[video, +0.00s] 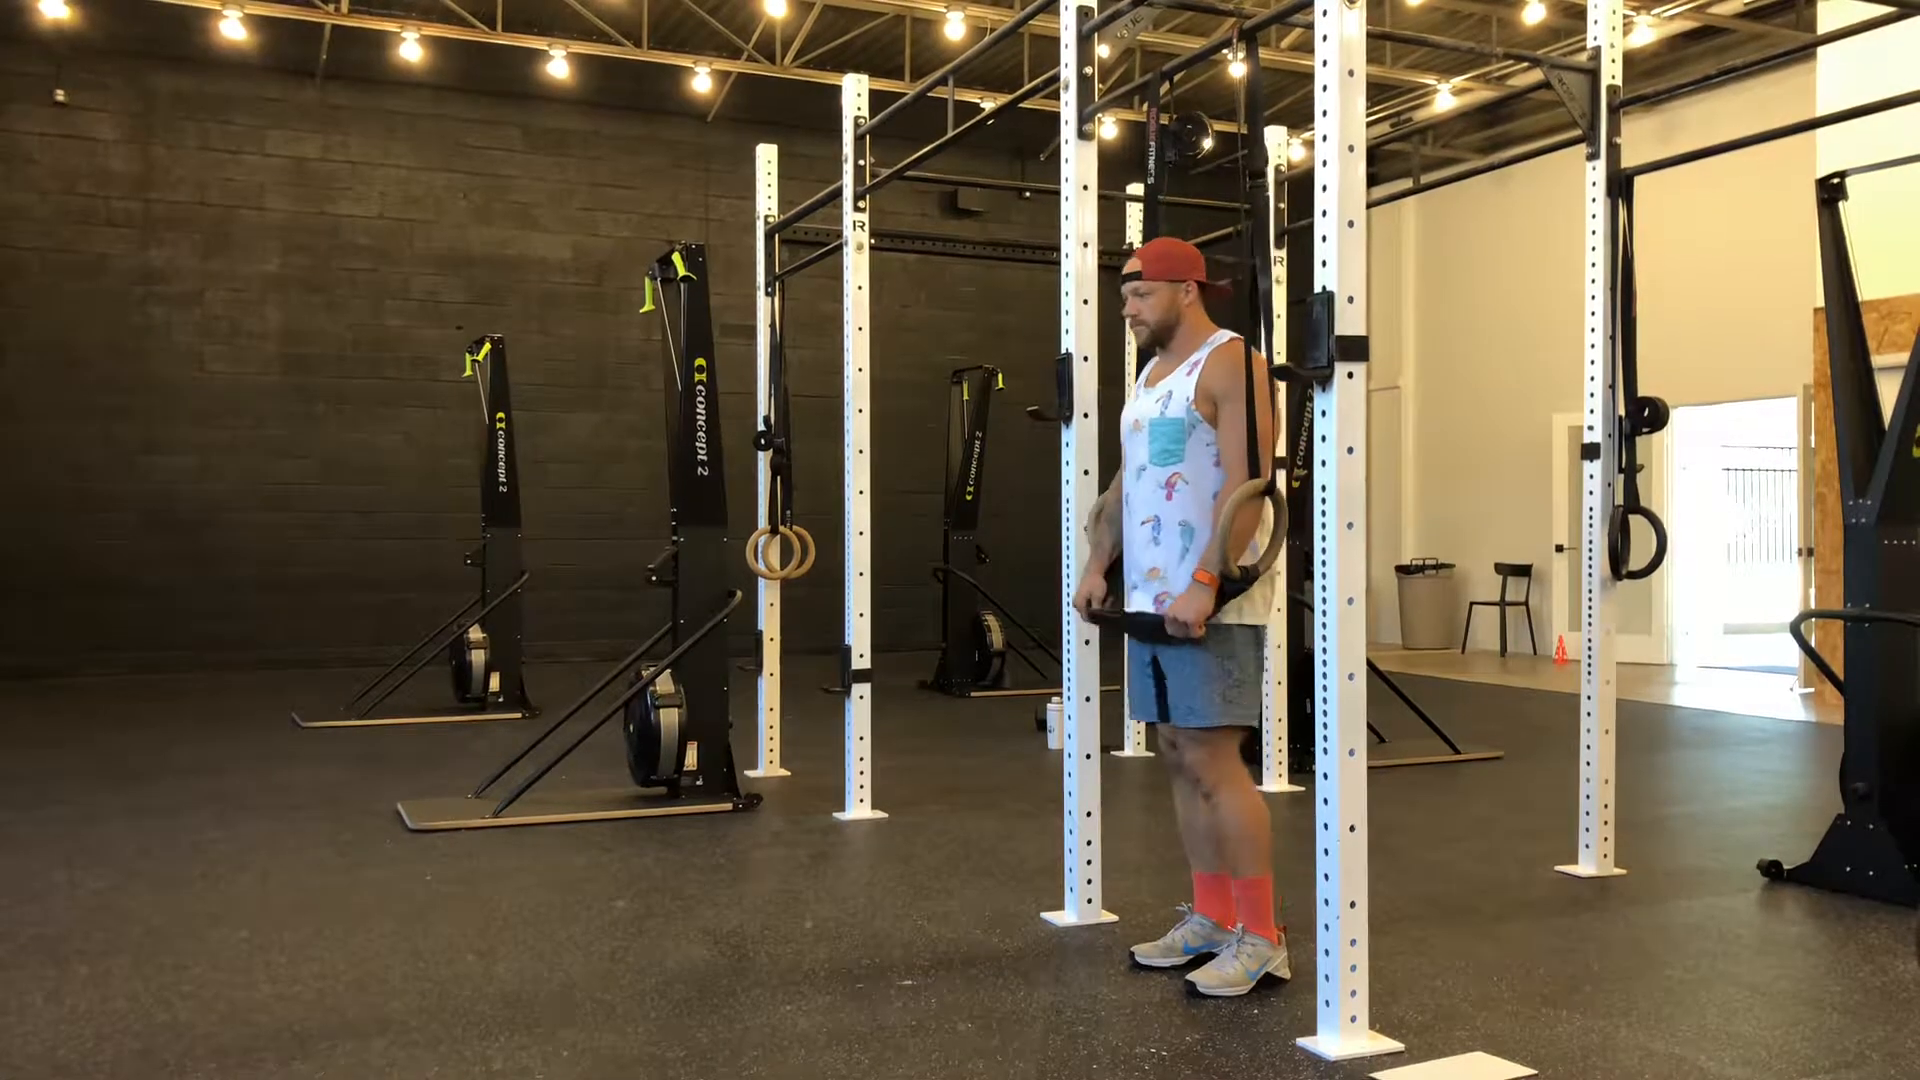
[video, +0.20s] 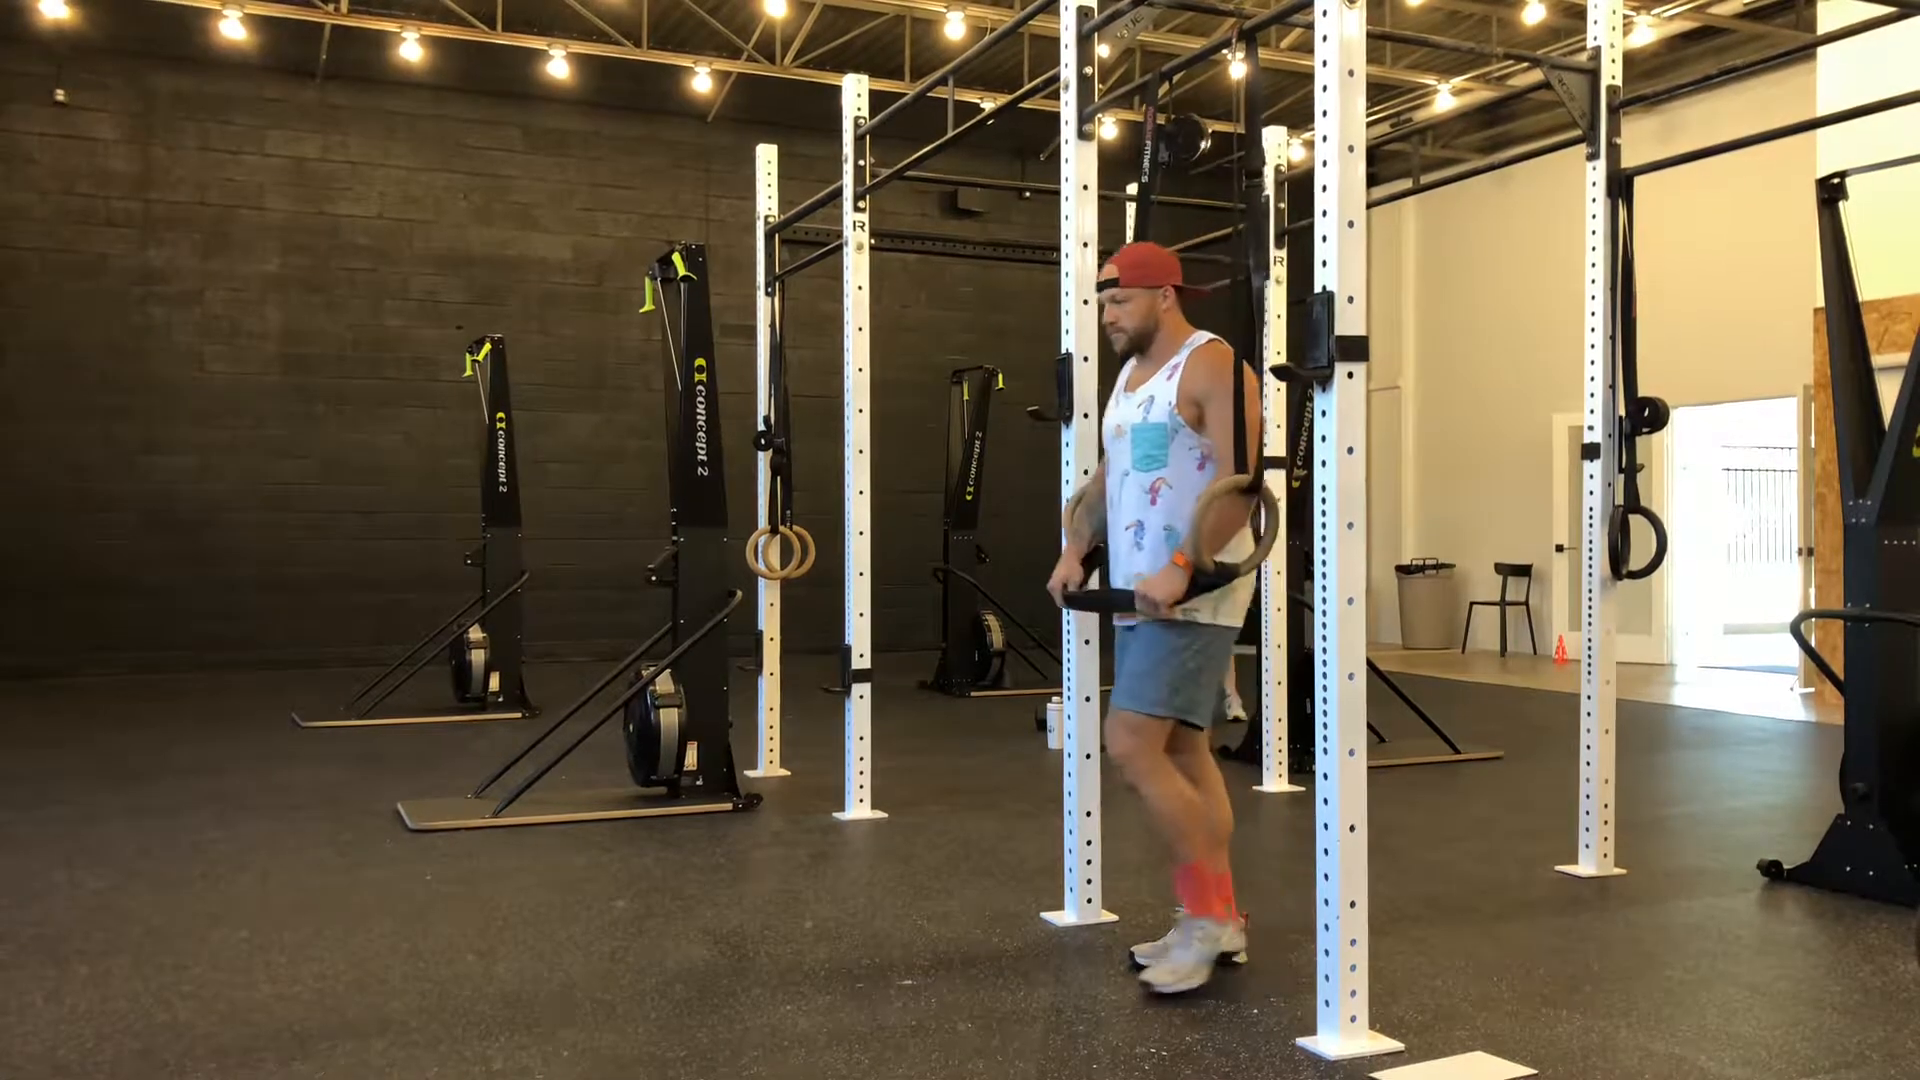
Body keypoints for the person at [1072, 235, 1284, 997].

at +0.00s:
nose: (1128, 301)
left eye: (1141, 288)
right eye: (1126, 289)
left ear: (1185, 292)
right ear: (1145, 299)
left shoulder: (1232, 364)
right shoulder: (1149, 375)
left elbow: (1249, 485)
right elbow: (1130, 481)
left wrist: (1208, 579)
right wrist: (1097, 559)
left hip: (1214, 601)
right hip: (1155, 600)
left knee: (1215, 762)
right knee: (1182, 760)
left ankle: (1261, 937)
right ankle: (1213, 921)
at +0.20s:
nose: (1107, 309)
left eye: (1118, 295)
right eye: (1104, 297)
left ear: (1163, 298)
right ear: (1124, 304)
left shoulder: (1210, 363)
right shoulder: (1131, 377)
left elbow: (1243, 480)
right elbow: (1110, 477)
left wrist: (1187, 565)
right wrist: (1076, 544)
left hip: (1197, 591)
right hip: (1149, 589)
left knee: (1133, 742)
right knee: (1187, 754)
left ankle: (1207, 919)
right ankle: (1219, 917)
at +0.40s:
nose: (1061, 316)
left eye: (1073, 302)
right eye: (1057, 304)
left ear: (1122, 305)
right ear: (1088, 313)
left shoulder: (1175, 374)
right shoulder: (1090, 379)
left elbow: (1212, 488)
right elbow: (1082, 481)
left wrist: (1156, 558)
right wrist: (1048, 535)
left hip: (1158, 606)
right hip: (1114, 603)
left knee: (1101, 757)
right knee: (1171, 756)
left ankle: (1061, 947)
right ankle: (1217, 920)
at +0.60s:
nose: (994, 320)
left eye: (1005, 305)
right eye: (991, 307)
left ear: (1055, 301)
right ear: (1029, 309)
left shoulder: (1115, 368)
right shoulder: (1034, 381)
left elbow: (1190, 465)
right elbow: (1048, 486)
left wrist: (1118, 542)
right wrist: (1011, 540)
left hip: (1098, 596)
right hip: (1056, 594)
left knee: (1030, 757)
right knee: (1094, 762)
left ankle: (1038, 959)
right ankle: (1193, 894)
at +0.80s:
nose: (942, 314)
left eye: (951, 296)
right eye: (938, 299)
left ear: (998, 286)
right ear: (981, 294)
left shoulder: (1067, 349)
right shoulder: (995, 365)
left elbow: (1150, 436)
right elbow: (1037, 469)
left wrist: (1087, 523)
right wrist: (992, 530)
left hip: (1057, 597)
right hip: (998, 591)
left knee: (1027, 764)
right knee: (975, 751)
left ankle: (1038, 964)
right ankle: (1109, 870)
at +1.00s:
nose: (893, 313)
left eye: (900, 294)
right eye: (888, 298)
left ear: (947, 280)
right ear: (930, 288)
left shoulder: (1016, 335)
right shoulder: (943, 367)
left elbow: (1111, 418)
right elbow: (983, 474)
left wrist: (1060, 521)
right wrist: (953, 554)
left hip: (1017, 602)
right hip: (955, 598)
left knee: (1017, 768)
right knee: (934, 757)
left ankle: (1036, 962)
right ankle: (929, 947)